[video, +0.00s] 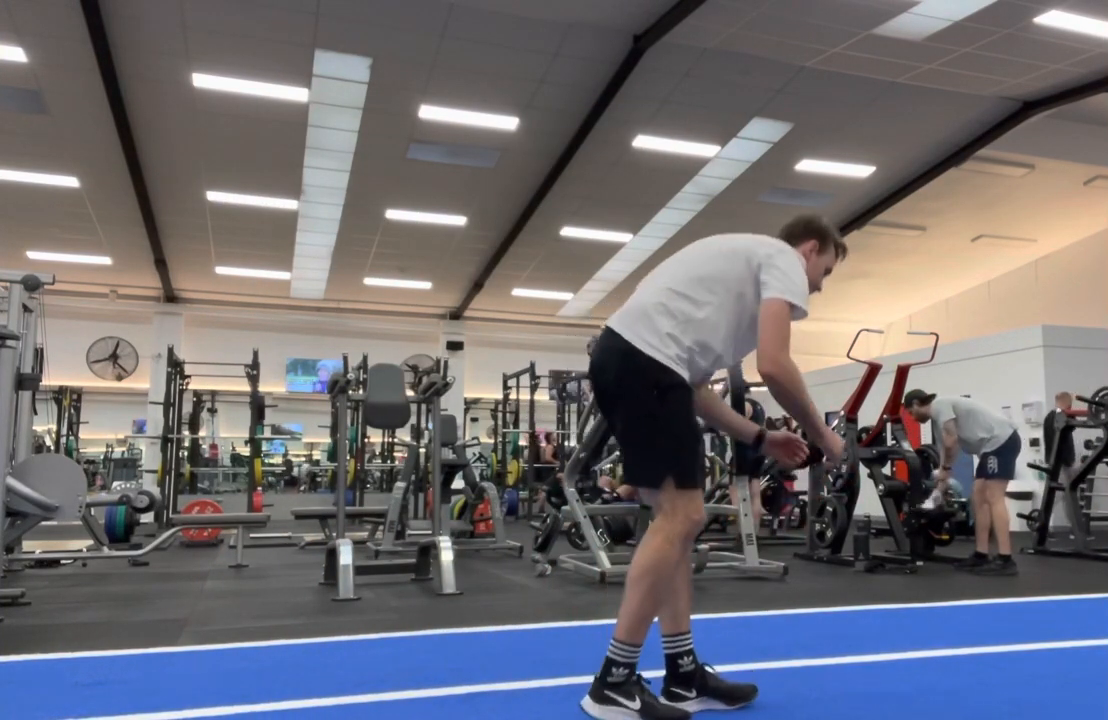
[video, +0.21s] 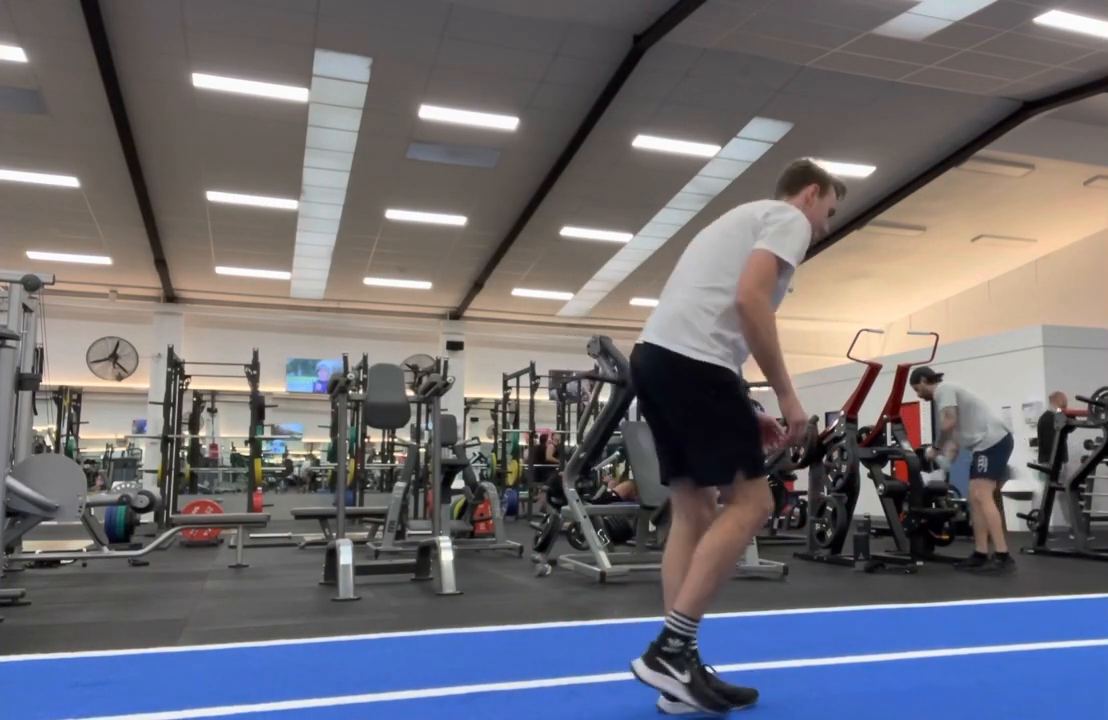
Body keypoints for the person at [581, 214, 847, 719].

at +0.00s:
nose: (821, 282)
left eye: (828, 275)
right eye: (827, 269)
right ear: (810, 249)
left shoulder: (734, 265)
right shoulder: (782, 258)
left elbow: (694, 388)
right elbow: (772, 364)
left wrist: (761, 436)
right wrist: (822, 434)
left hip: (630, 357)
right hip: (648, 360)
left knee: (677, 516)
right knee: (681, 514)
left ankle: (683, 671)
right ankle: (615, 679)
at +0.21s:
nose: (827, 223)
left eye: (831, 216)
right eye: (829, 212)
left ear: (789, 192)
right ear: (810, 195)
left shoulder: (737, 222)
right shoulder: (790, 219)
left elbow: (703, 334)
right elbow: (751, 296)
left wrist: (747, 415)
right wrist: (788, 394)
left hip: (655, 359)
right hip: (697, 365)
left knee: (691, 514)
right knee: (752, 503)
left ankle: (682, 672)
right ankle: (673, 647)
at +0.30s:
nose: (834, 206)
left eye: (839, 198)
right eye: (837, 194)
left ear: (796, 176)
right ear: (817, 177)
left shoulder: (745, 210)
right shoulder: (796, 207)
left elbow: (707, 295)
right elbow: (749, 280)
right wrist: (782, 382)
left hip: (673, 359)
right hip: (718, 363)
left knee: (693, 513)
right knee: (762, 504)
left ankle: (682, 672)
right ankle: (733, 666)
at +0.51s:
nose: (852, 190)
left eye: (855, 181)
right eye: (853, 179)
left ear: (807, 167)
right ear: (835, 167)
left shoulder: (759, 215)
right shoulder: (817, 204)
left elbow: (735, 306)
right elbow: (784, 289)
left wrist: (791, 385)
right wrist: (821, 386)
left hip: (716, 373)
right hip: (759, 373)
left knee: (751, 514)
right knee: (789, 515)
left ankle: (699, 650)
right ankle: (772, 671)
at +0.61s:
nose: (860, 188)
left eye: (862, 179)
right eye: (861, 177)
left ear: (816, 166)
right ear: (846, 166)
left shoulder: (765, 216)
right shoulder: (832, 205)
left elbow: (743, 316)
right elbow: (813, 297)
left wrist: (735, 406)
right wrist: (850, 392)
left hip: (734, 371)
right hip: (774, 372)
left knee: (786, 511)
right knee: (798, 517)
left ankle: (738, 639)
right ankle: (772, 673)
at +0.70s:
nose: (873, 184)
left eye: (876, 176)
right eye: (874, 174)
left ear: (828, 165)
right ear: (856, 163)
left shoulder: (774, 213)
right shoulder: (847, 202)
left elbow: (752, 307)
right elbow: (836, 295)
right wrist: (874, 386)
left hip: (748, 369)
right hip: (788, 371)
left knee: (815, 507)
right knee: (794, 517)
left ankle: (798, 652)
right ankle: (770, 674)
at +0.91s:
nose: (899, 205)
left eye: (902, 197)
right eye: (901, 195)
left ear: (859, 178)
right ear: (887, 181)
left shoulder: (799, 225)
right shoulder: (871, 214)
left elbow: (767, 316)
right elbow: (857, 302)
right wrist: (896, 397)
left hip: (765, 374)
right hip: (810, 375)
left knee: (818, 516)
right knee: (858, 512)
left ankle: (832, 657)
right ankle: (787, 653)